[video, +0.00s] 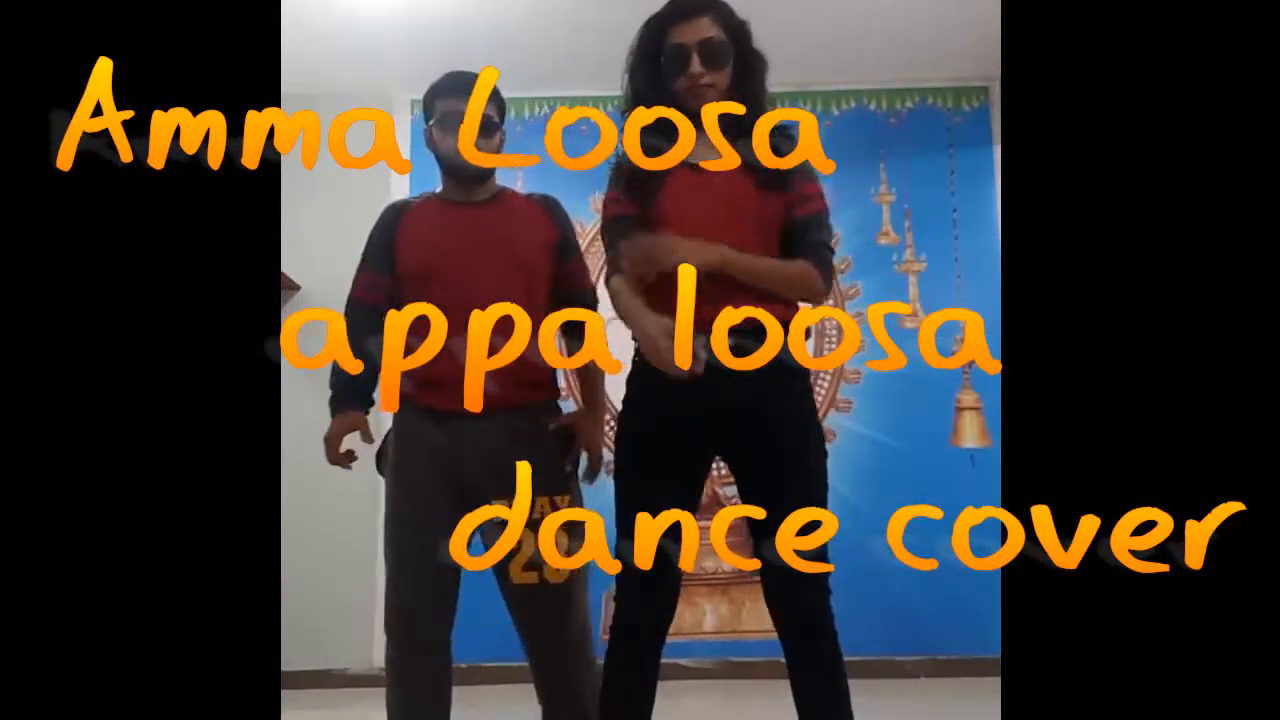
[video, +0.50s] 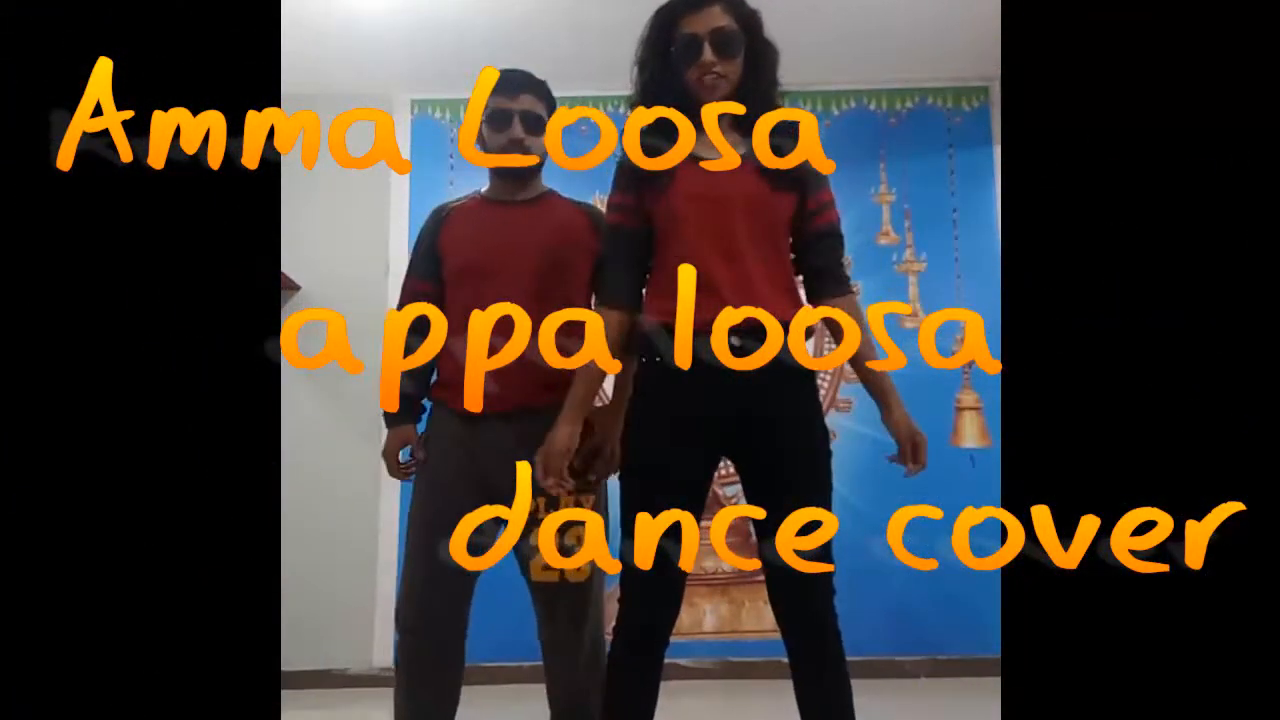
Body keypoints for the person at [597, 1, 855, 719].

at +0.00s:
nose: (696, 68)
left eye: (712, 52)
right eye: (677, 57)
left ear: (741, 61)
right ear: (655, 72)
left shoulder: (781, 149)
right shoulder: (641, 152)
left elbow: (816, 280)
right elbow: (621, 265)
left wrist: (697, 254)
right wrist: (644, 322)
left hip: (770, 390)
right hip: (665, 388)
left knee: (801, 597)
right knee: (644, 597)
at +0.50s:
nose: (708, 58)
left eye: (724, 43)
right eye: (689, 46)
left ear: (752, 55)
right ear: (666, 62)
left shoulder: (787, 145)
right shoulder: (648, 148)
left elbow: (830, 283)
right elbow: (618, 290)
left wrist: (890, 403)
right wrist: (572, 414)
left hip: (778, 394)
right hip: (671, 394)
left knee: (807, 602)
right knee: (649, 601)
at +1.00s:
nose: (692, 57)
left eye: (708, 38)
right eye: (675, 48)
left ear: (747, 44)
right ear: (663, 64)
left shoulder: (789, 133)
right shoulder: (652, 140)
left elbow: (822, 260)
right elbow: (640, 265)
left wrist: (783, 367)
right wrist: (686, 372)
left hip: (786, 383)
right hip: (679, 384)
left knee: (810, 598)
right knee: (653, 602)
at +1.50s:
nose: (646, 69)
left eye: (660, 50)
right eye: (645, 55)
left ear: (714, 51)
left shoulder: (784, 142)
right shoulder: (650, 146)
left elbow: (826, 272)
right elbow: (600, 269)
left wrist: (838, 395)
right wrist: (652, 368)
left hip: (754, 388)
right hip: (649, 382)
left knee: (787, 600)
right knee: (620, 599)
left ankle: (822, 719)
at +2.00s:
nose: (655, 56)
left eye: (673, 36)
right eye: (645, 46)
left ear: (721, 40)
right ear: (640, 65)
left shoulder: (782, 135)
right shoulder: (645, 148)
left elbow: (835, 271)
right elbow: (627, 301)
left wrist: (949, 289)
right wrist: (570, 276)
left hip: (787, 388)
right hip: (679, 389)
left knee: (821, 603)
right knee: (651, 604)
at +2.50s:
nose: (710, 47)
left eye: (727, 32)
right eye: (691, 36)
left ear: (755, 47)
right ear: (670, 55)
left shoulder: (789, 134)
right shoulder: (659, 147)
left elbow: (888, 186)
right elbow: (617, 285)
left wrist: (885, 63)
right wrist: (562, 182)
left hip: (767, 380)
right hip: (664, 378)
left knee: (802, 592)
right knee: (637, 594)